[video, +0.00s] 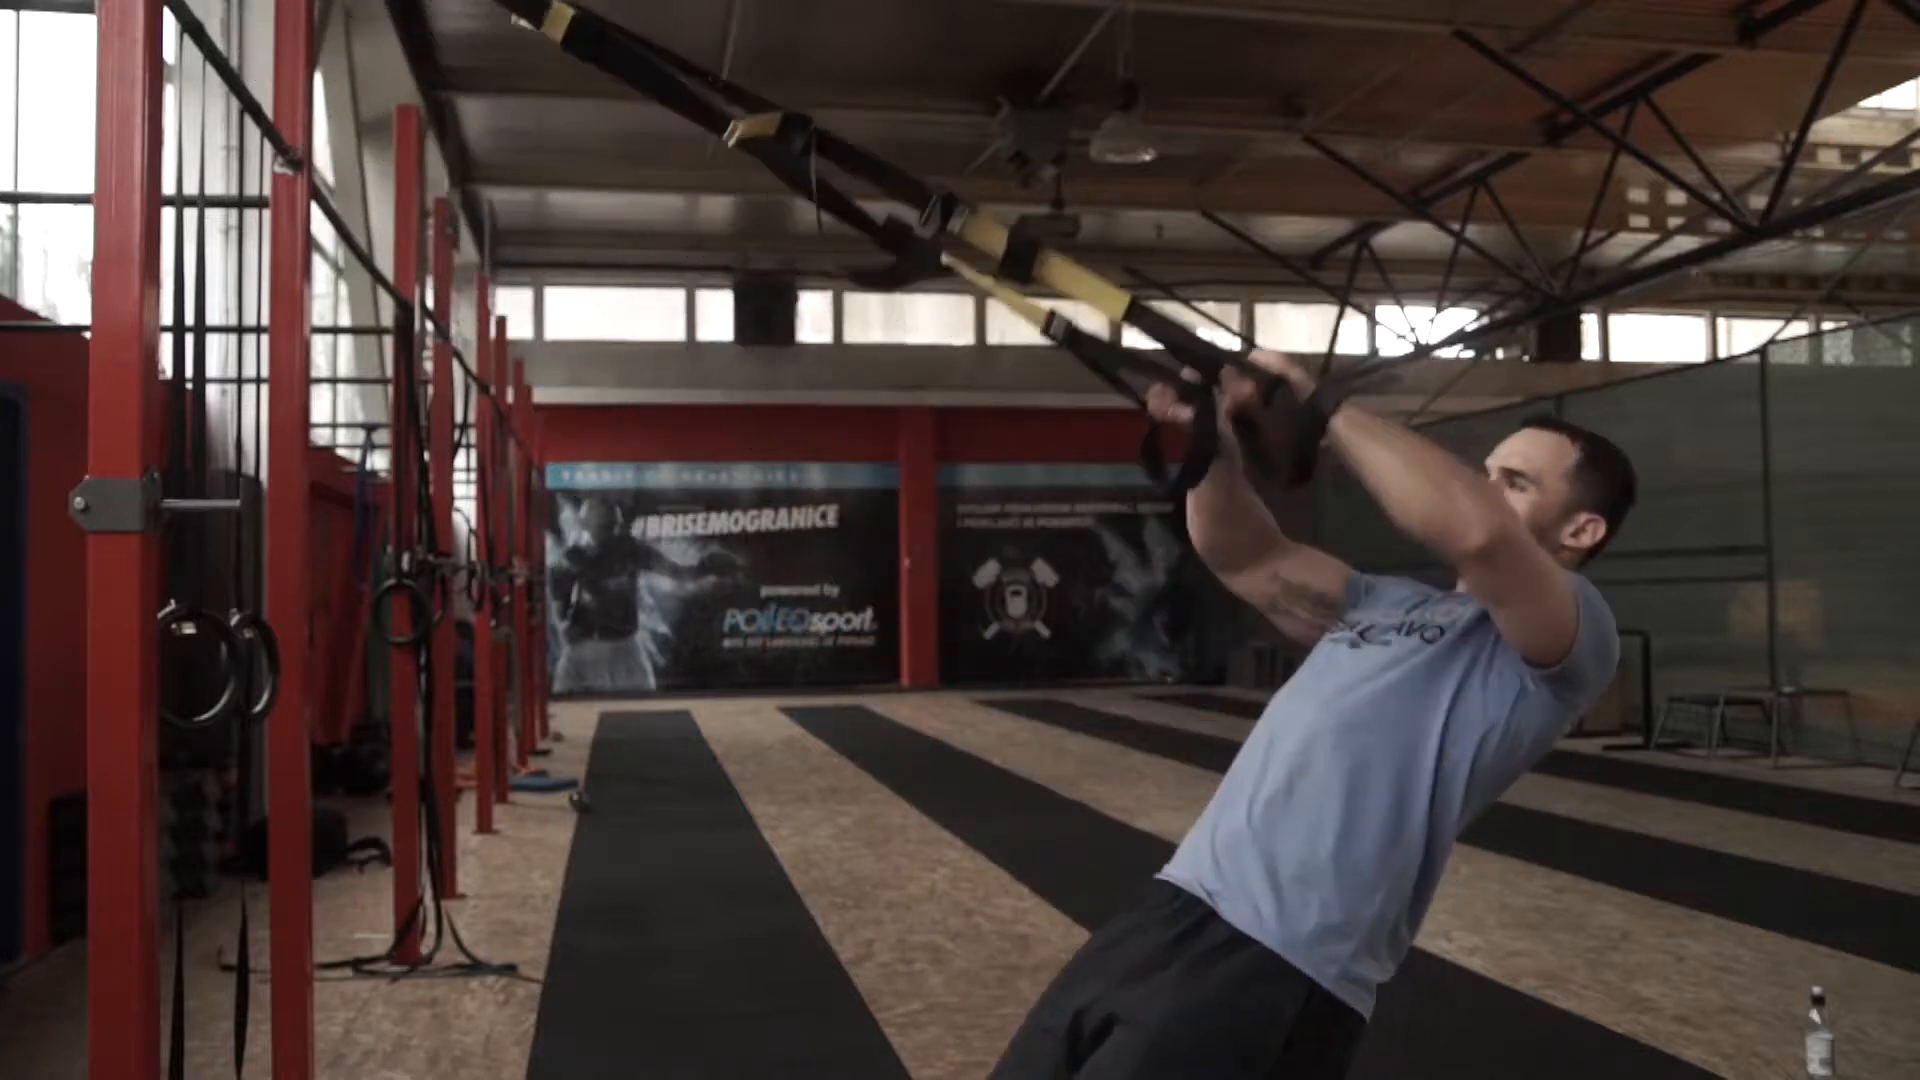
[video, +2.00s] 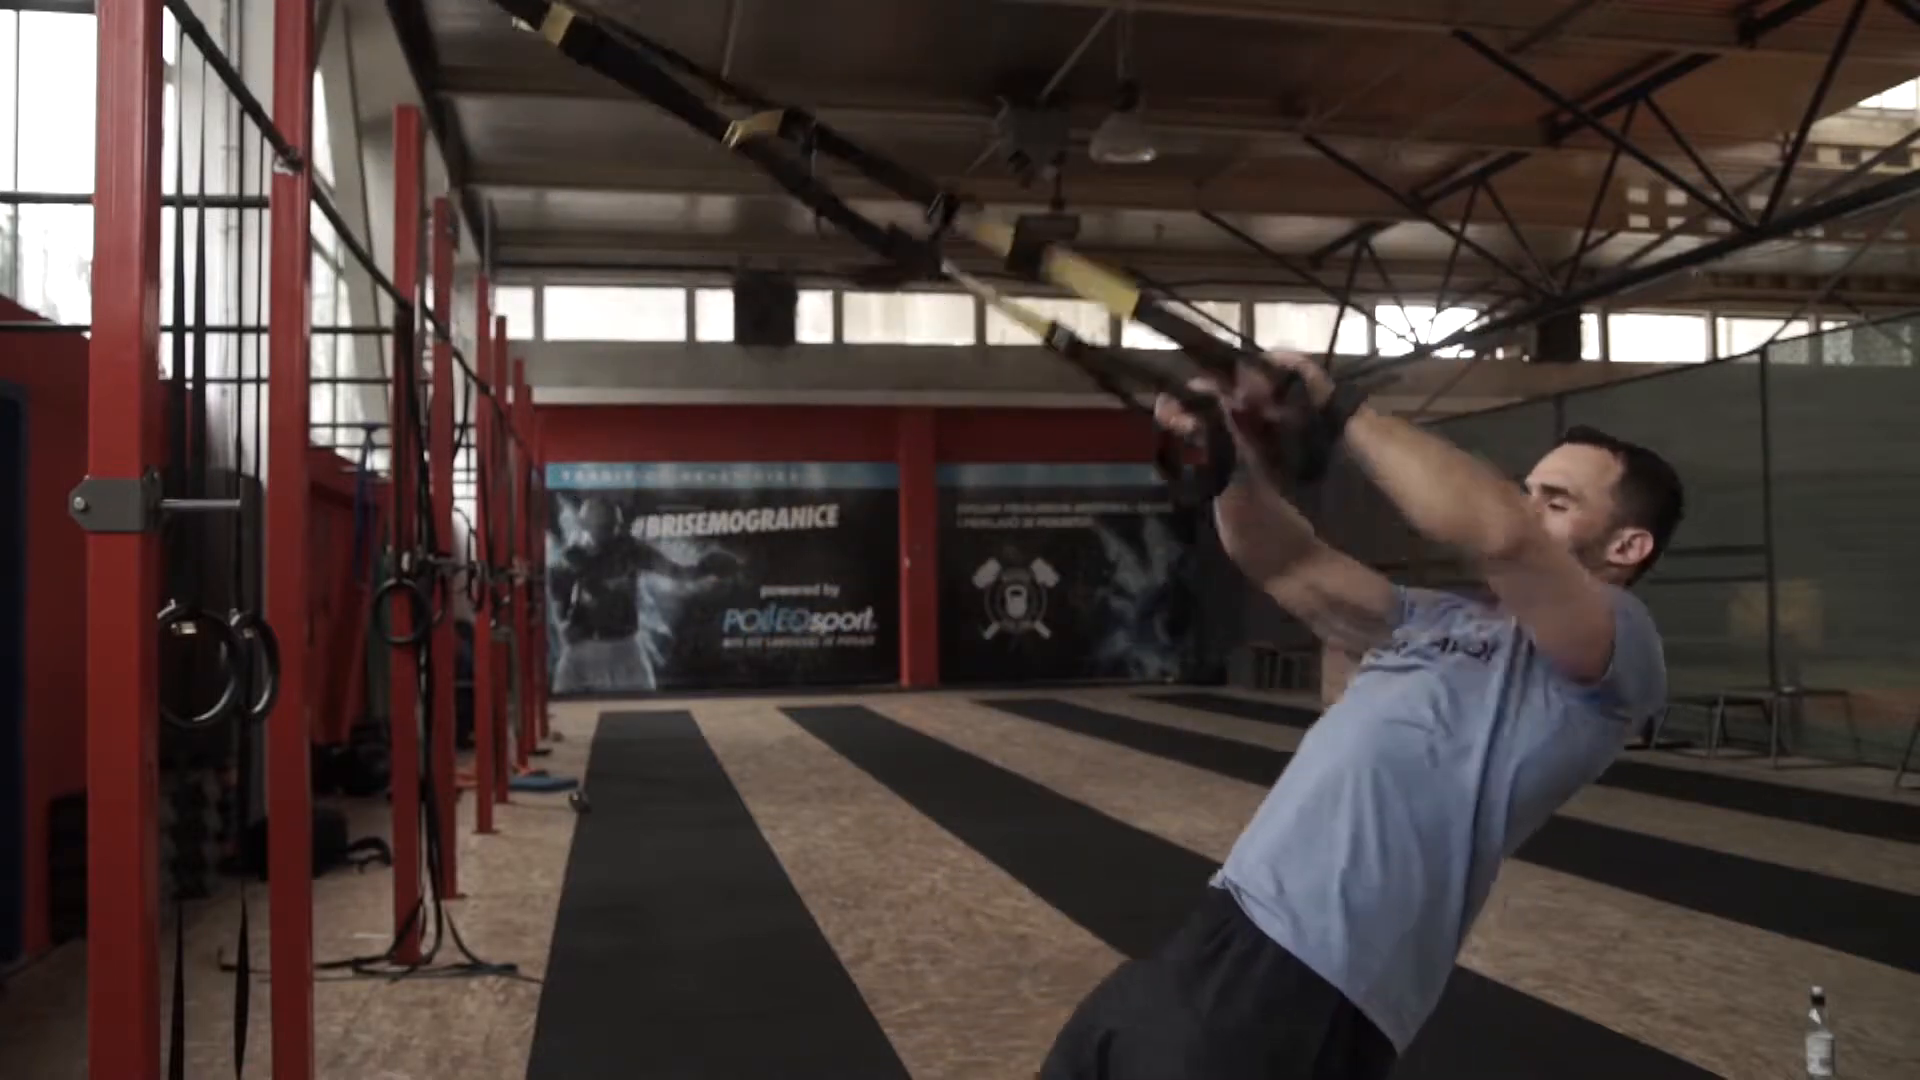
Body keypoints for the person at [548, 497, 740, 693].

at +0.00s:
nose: (600, 523)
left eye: (605, 516)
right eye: (593, 516)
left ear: (615, 518)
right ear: (583, 521)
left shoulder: (629, 549)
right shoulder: (572, 557)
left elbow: (675, 573)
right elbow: (561, 615)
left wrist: (703, 571)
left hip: (624, 647)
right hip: (580, 649)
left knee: (635, 716)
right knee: (573, 719)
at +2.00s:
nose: (600, 525)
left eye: (605, 518)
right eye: (593, 519)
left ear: (615, 519)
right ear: (583, 522)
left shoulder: (630, 549)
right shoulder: (574, 556)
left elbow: (673, 572)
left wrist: (702, 571)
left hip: (624, 646)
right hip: (580, 648)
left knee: (636, 713)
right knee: (572, 716)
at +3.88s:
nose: (595, 539)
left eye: (599, 531)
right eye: (588, 532)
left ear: (606, 528)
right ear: (573, 530)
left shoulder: (618, 555)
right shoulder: (560, 564)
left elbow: (662, 578)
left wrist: (691, 578)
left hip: (614, 656)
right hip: (569, 658)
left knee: (626, 724)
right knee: (562, 726)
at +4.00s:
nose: (583, 549)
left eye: (588, 542)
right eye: (577, 543)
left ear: (595, 540)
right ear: (563, 542)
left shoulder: (607, 566)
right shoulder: (549, 576)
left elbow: (651, 589)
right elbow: (539, 635)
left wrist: (680, 588)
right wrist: (551, 619)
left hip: (603, 669)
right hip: (558, 672)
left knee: (614, 740)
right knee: (549, 741)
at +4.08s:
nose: (580, 571)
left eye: (583, 564)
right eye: (573, 565)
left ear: (590, 561)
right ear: (558, 563)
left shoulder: (601, 586)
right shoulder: (541, 599)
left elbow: (645, 609)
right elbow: (534, 656)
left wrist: (675, 607)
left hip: (599, 689)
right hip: (553, 692)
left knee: (612, 759)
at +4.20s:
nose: (569, 598)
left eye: (573, 591)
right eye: (563, 592)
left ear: (580, 588)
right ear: (547, 590)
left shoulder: (590, 614)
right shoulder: (529, 627)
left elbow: (634, 636)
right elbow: (525, 690)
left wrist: (664, 636)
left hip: (588, 717)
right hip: (542, 721)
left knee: (600, 788)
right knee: (534, 790)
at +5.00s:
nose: (541, 615)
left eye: (545, 608)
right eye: (534, 609)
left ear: (552, 606)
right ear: (519, 607)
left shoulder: (564, 632)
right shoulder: (502, 646)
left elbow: (608, 656)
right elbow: (495, 705)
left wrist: (637, 654)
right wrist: (509, 686)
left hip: (560, 736)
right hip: (513, 740)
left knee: (572, 808)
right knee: (505, 811)